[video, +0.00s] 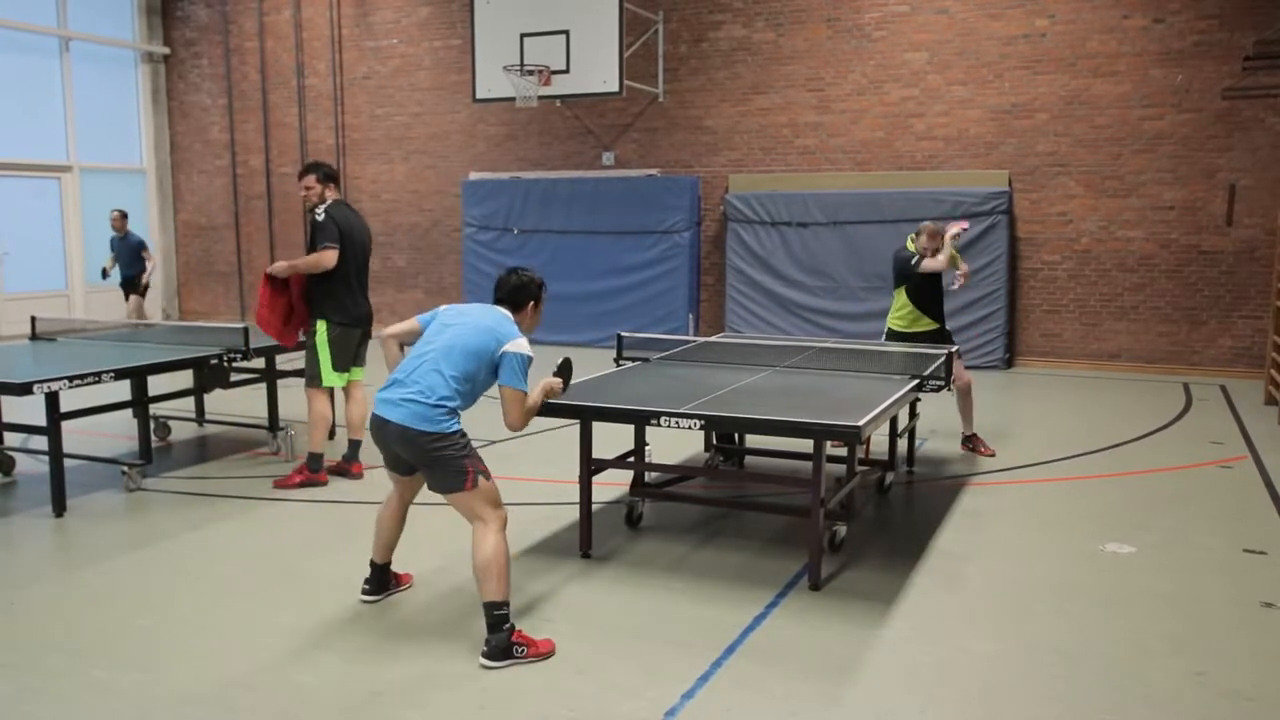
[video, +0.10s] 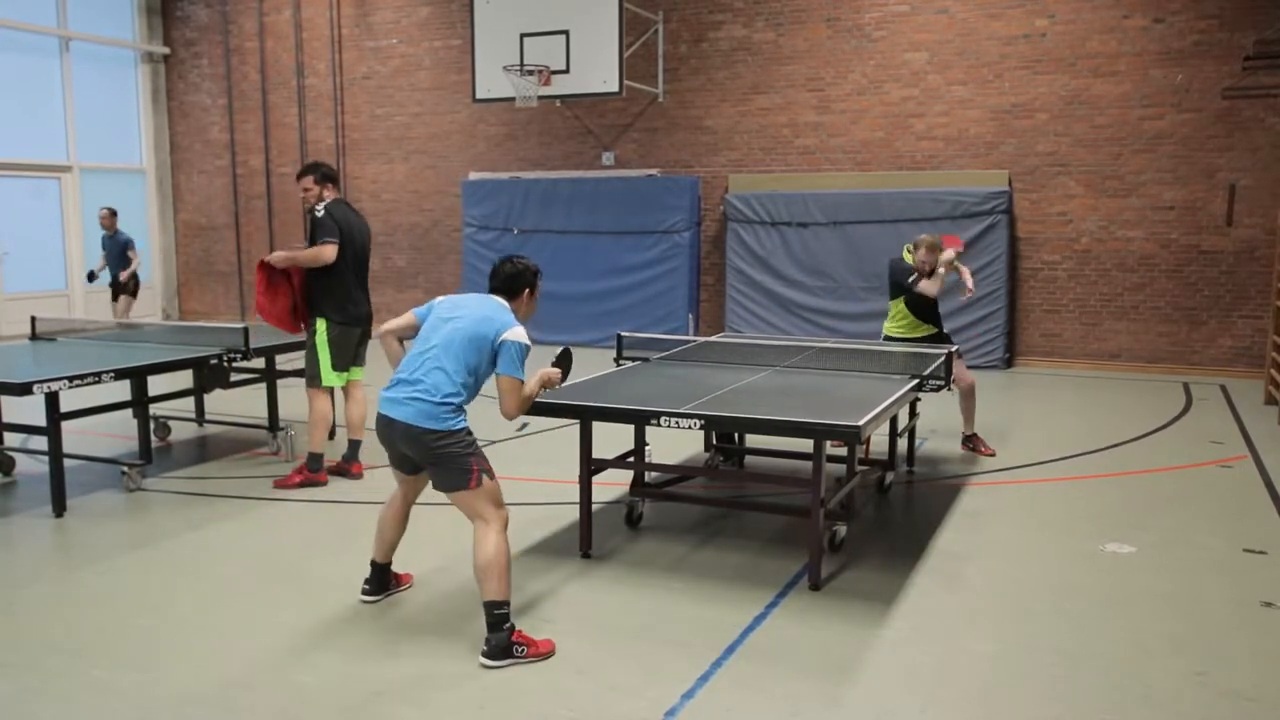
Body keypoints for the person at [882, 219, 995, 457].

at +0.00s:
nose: (929, 254)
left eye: (934, 249)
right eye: (925, 249)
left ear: (940, 243)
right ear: (916, 240)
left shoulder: (942, 251)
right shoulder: (903, 257)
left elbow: (959, 262)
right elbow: (940, 265)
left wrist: (962, 272)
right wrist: (948, 239)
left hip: (934, 331)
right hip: (900, 332)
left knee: (963, 382)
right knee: (880, 383)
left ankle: (969, 435)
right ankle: (858, 431)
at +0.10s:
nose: (927, 269)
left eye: (931, 264)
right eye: (922, 263)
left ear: (937, 259)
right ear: (913, 255)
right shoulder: (898, 267)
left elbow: (953, 266)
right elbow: (931, 289)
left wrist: (966, 277)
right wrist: (944, 265)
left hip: (932, 336)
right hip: (896, 338)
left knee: (967, 383)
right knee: (875, 385)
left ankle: (969, 436)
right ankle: (857, 434)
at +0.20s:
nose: (923, 283)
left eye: (928, 279)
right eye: (918, 277)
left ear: (935, 271)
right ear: (910, 268)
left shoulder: (939, 268)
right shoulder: (893, 278)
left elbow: (957, 277)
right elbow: (884, 313)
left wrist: (976, 290)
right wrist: (918, 302)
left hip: (932, 341)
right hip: (896, 343)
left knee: (971, 388)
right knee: (878, 389)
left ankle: (969, 437)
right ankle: (860, 437)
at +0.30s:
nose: (918, 287)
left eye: (923, 283)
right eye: (914, 282)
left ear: (932, 275)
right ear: (905, 273)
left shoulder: (939, 277)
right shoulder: (891, 282)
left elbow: (957, 284)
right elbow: (851, 290)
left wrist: (979, 297)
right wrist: (876, 299)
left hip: (934, 351)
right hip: (897, 353)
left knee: (972, 391)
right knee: (871, 391)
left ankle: (969, 437)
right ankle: (858, 435)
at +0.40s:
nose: (914, 284)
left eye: (919, 280)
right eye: (909, 279)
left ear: (928, 273)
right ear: (903, 271)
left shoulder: (939, 279)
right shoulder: (890, 279)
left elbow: (960, 290)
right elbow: (848, 274)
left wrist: (979, 303)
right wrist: (868, 285)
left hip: (936, 352)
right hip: (898, 353)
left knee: (972, 394)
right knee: (869, 390)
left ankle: (969, 436)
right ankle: (857, 436)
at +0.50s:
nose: (913, 274)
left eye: (918, 269)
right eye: (909, 269)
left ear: (928, 265)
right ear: (903, 264)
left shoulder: (941, 275)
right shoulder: (889, 277)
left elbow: (969, 291)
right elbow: (849, 278)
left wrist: (980, 308)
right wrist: (870, 287)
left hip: (937, 351)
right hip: (900, 351)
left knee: (971, 394)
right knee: (871, 391)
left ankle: (969, 437)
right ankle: (857, 437)